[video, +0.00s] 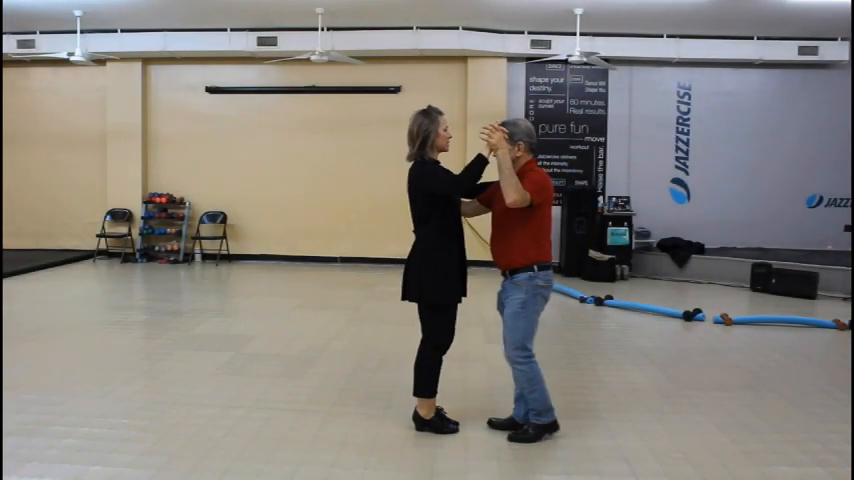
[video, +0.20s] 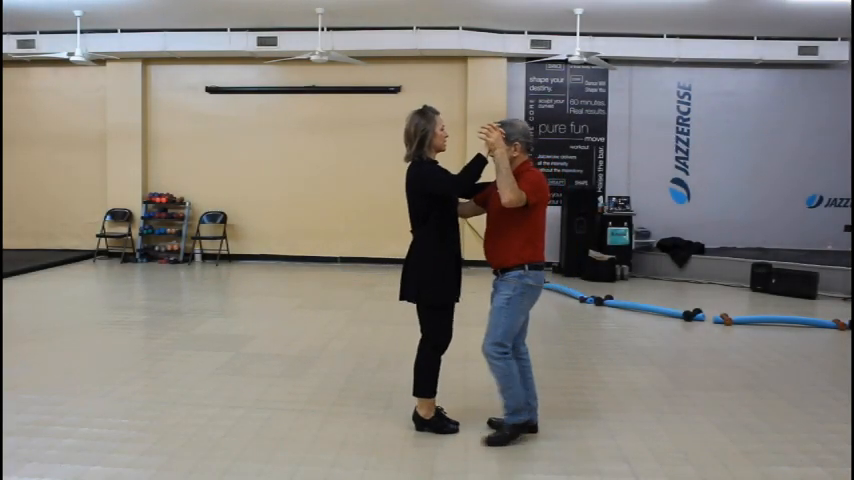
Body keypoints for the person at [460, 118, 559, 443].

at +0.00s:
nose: (496, 150)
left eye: (502, 145)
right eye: (496, 144)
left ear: (520, 148)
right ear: (515, 148)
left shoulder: (537, 178)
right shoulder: (504, 184)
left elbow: (514, 198)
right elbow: (468, 207)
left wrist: (502, 154)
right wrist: (435, 196)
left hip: (532, 278)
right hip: (513, 277)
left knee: (518, 350)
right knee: (515, 351)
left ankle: (544, 419)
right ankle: (523, 416)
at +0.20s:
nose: (492, 151)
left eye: (497, 145)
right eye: (491, 145)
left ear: (516, 148)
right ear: (512, 148)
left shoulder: (533, 178)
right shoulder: (501, 183)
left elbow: (509, 197)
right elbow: (466, 209)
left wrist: (499, 156)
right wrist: (433, 199)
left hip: (523, 276)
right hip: (507, 276)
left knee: (496, 347)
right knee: (514, 347)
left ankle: (518, 418)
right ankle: (525, 416)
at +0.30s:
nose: (491, 152)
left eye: (495, 146)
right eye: (489, 146)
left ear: (513, 148)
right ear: (509, 149)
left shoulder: (530, 179)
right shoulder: (499, 184)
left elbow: (506, 198)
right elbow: (463, 208)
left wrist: (497, 156)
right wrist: (432, 195)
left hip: (518, 277)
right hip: (504, 276)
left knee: (489, 349)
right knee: (512, 348)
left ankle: (489, 426)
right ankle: (525, 417)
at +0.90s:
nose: (481, 150)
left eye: (487, 145)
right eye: (483, 145)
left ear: (503, 151)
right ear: (503, 152)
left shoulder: (517, 181)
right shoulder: (496, 183)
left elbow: (496, 198)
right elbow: (466, 213)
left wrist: (491, 156)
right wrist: (432, 208)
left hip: (498, 282)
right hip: (496, 280)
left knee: (466, 356)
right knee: (495, 351)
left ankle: (449, 430)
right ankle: (523, 416)